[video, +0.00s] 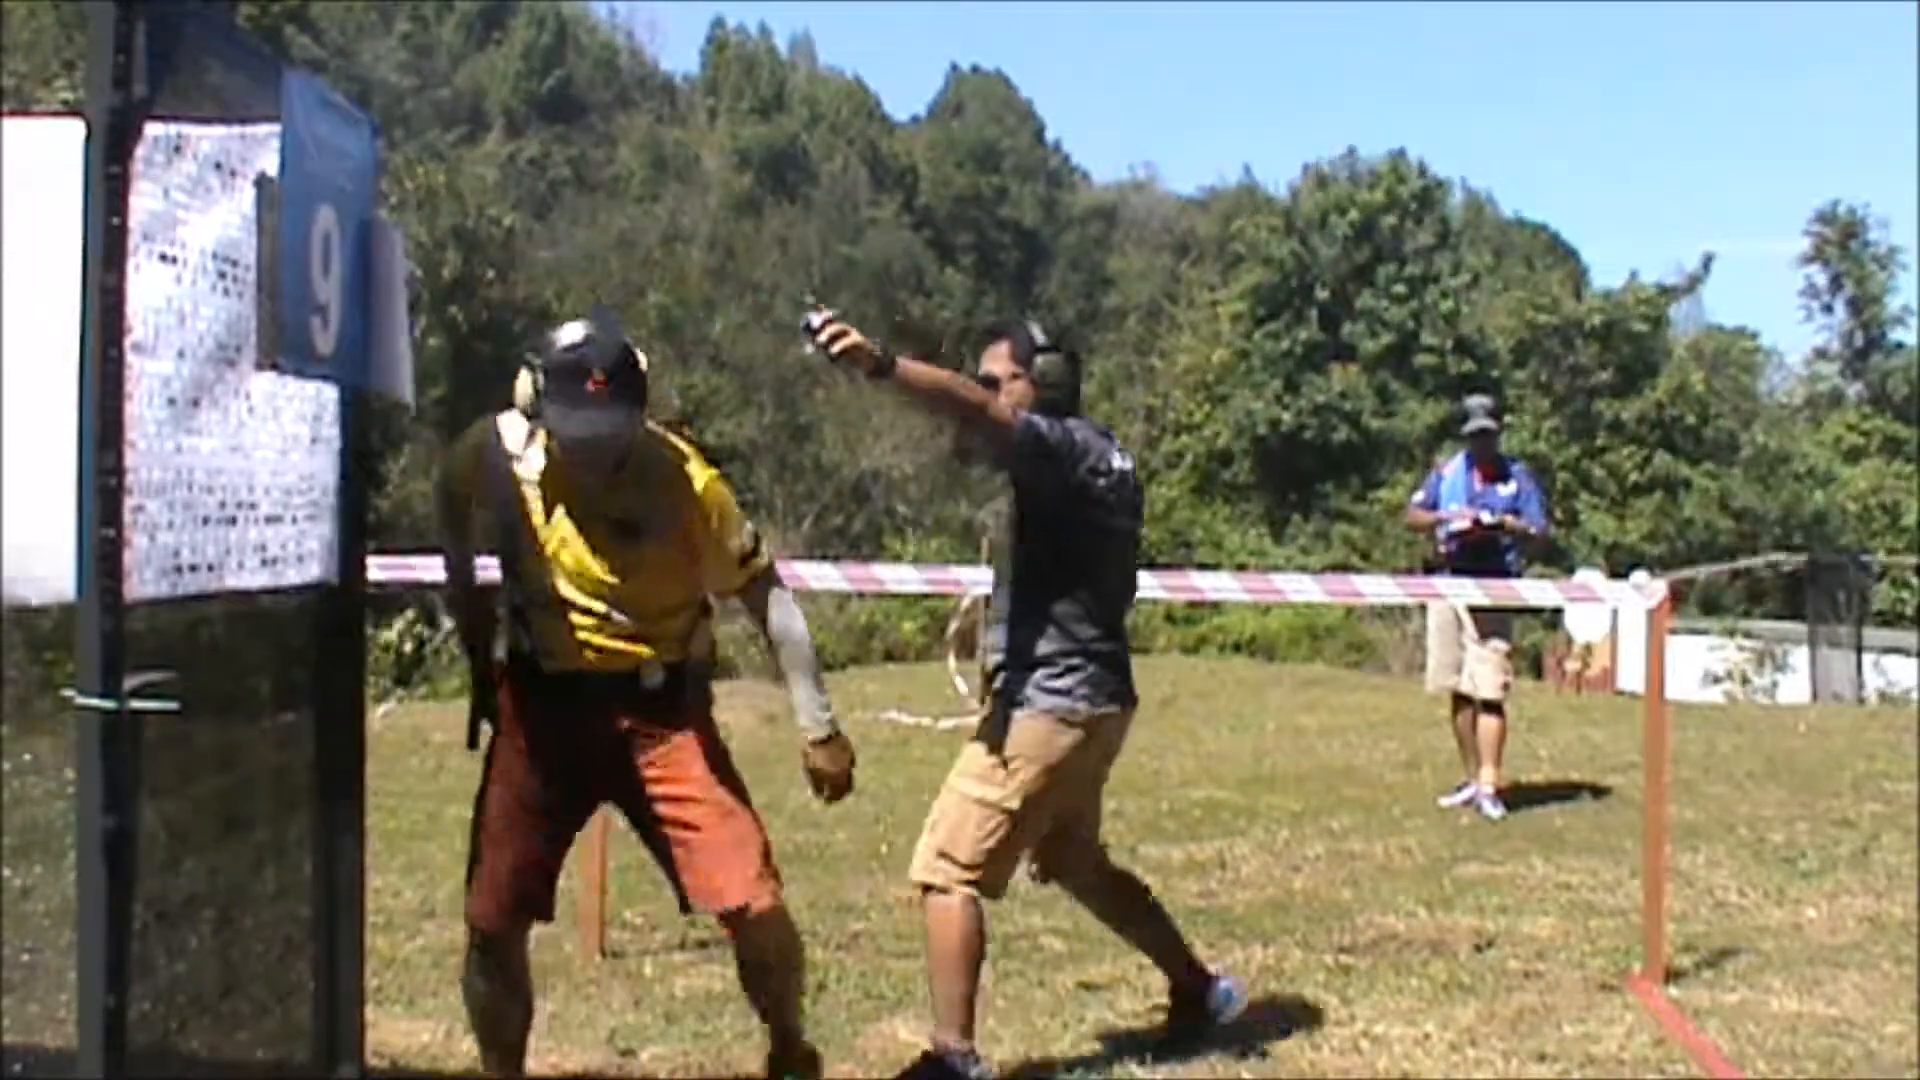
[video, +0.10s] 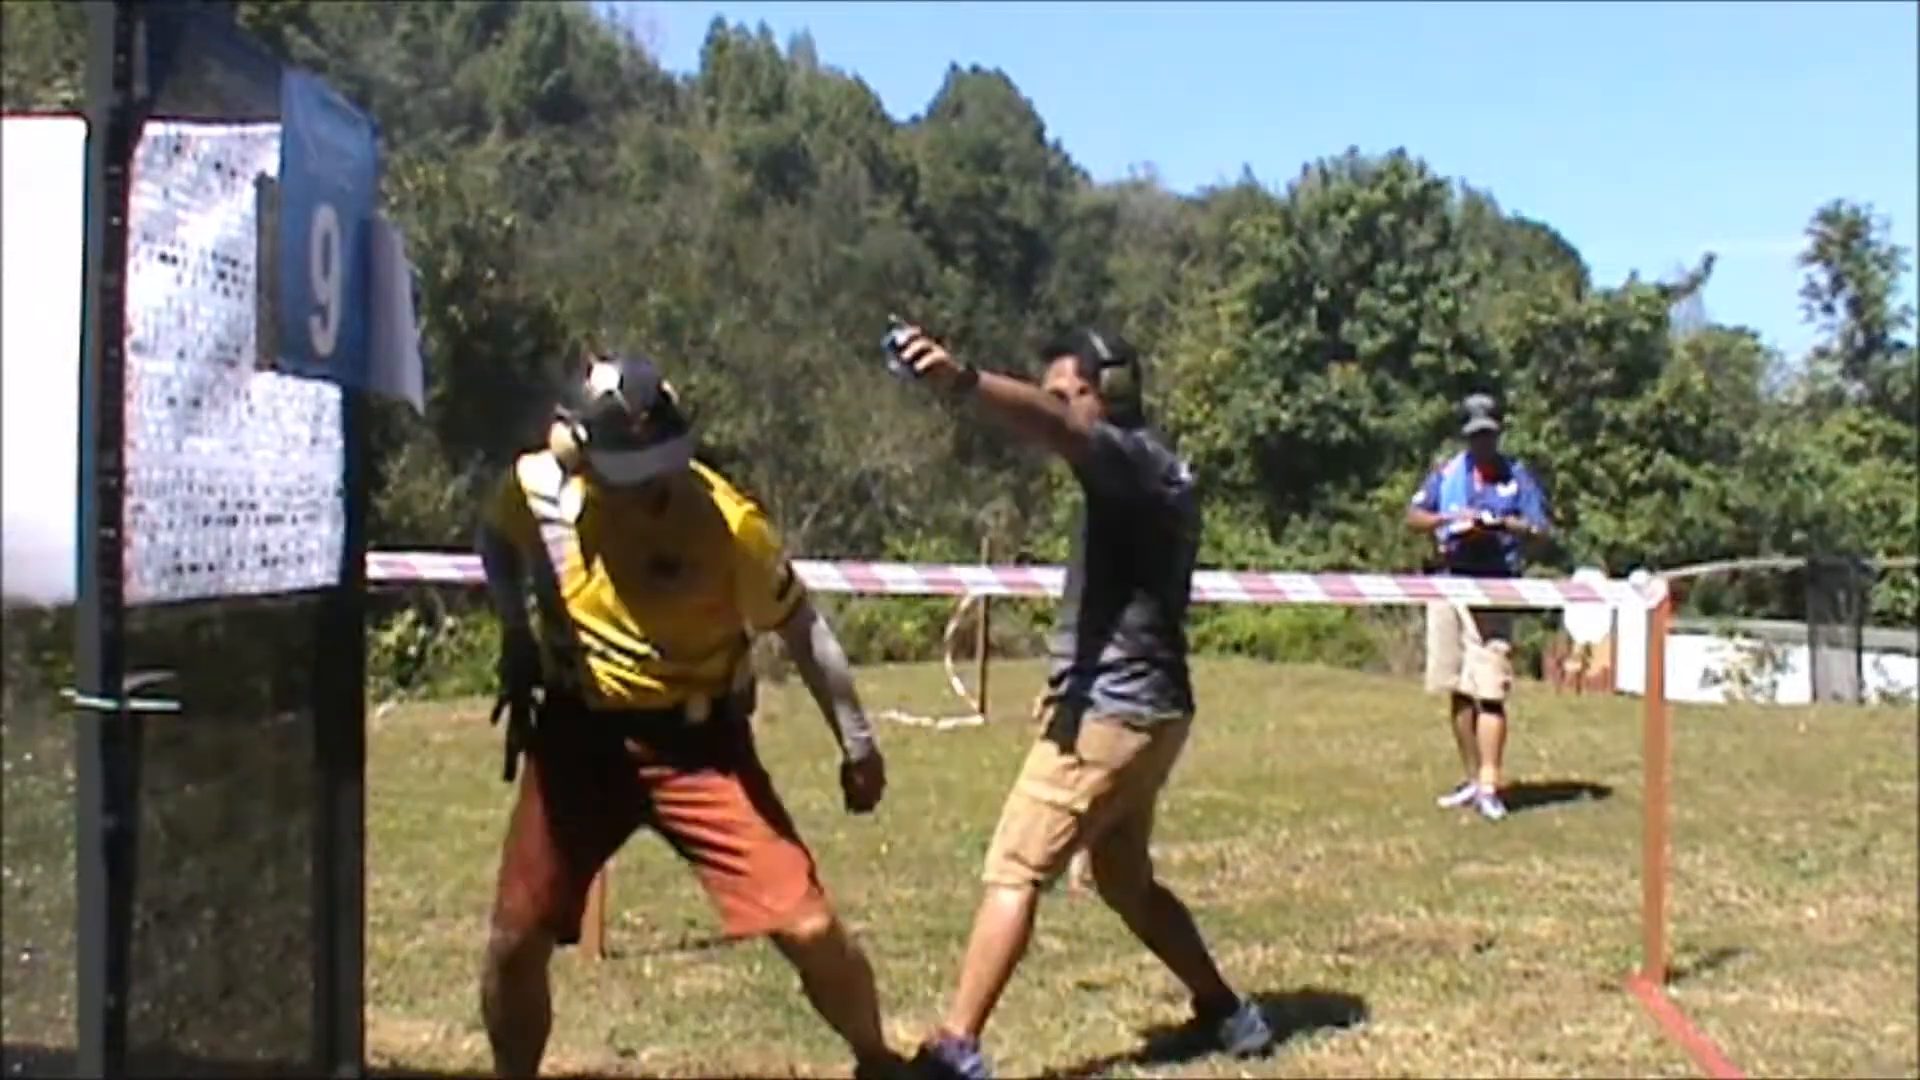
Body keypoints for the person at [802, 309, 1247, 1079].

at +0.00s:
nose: (982, 396)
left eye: (994, 384)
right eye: (981, 383)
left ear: (1036, 386)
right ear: (1062, 390)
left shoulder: (1056, 445)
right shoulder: (1113, 461)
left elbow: (977, 409)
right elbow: (1084, 586)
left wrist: (882, 365)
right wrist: (1006, 618)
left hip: (1050, 696)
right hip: (1099, 695)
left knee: (948, 868)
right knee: (1071, 856)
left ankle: (952, 1052)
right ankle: (1198, 990)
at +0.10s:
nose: (1051, 414)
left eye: (1062, 397)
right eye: (1047, 399)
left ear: (1101, 392)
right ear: (1121, 397)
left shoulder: (1130, 459)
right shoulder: (1168, 469)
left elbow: (1055, 425)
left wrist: (963, 379)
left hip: (1110, 700)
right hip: (1155, 702)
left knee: (1015, 867)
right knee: (1122, 876)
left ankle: (957, 1041)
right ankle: (1226, 1012)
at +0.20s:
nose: (1096, 410)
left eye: (1105, 397)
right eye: (1093, 398)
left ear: (1143, 395)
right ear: (1151, 398)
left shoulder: (1174, 459)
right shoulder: (1201, 469)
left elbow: (1104, 418)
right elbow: (1180, 607)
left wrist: (1018, 378)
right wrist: (1109, 670)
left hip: (1155, 700)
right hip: (1193, 701)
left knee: (1053, 860)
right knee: (1147, 878)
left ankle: (1008, 1035)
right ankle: (1226, 1014)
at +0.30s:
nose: (1145, 386)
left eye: (1152, 373)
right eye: (1144, 375)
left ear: (1189, 376)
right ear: (1198, 380)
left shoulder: (1239, 451)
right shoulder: (1231, 460)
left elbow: (1168, 409)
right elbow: (1223, 582)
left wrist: (1088, 368)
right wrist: (1165, 659)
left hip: (1218, 685)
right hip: (1216, 683)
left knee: (1114, 838)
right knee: (1173, 856)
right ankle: (1227, 1013)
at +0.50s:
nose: (1240, 399)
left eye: (1251, 384)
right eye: (1236, 387)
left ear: (1285, 377)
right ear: (1251, 384)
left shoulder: (1332, 455)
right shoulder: (1281, 471)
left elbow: (1265, 405)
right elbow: (1280, 591)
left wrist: (1188, 356)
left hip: (1321, 689)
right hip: (1267, 685)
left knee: (1299, 871)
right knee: (1223, 848)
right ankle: (1232, 1014)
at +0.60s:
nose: (1278, 404)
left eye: (1292, 390)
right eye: (1274, 391)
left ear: (1330, 389)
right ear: (1278, 395)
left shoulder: (1370, 464)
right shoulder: (1292, 474)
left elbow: (1306, 409)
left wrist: (1228, 364)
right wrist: (1273, 648)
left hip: (1365, 698)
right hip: (1294, 694)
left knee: (1380, 870)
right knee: (1252, 850)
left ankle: (1475, 993)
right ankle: (1236, 1010)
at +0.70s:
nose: (1324, 391)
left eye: (1332, 376)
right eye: (1324, 380)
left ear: (1372, 383)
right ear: (1370, 386)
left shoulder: (1428, 462)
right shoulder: (1381, 478)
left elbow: (1365, 418)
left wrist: (1289, 375)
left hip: (1429, 692)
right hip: (1364, 690)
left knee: (1428, 867)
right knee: (1303, 826)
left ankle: (1491, 1005)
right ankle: (1285, 998)